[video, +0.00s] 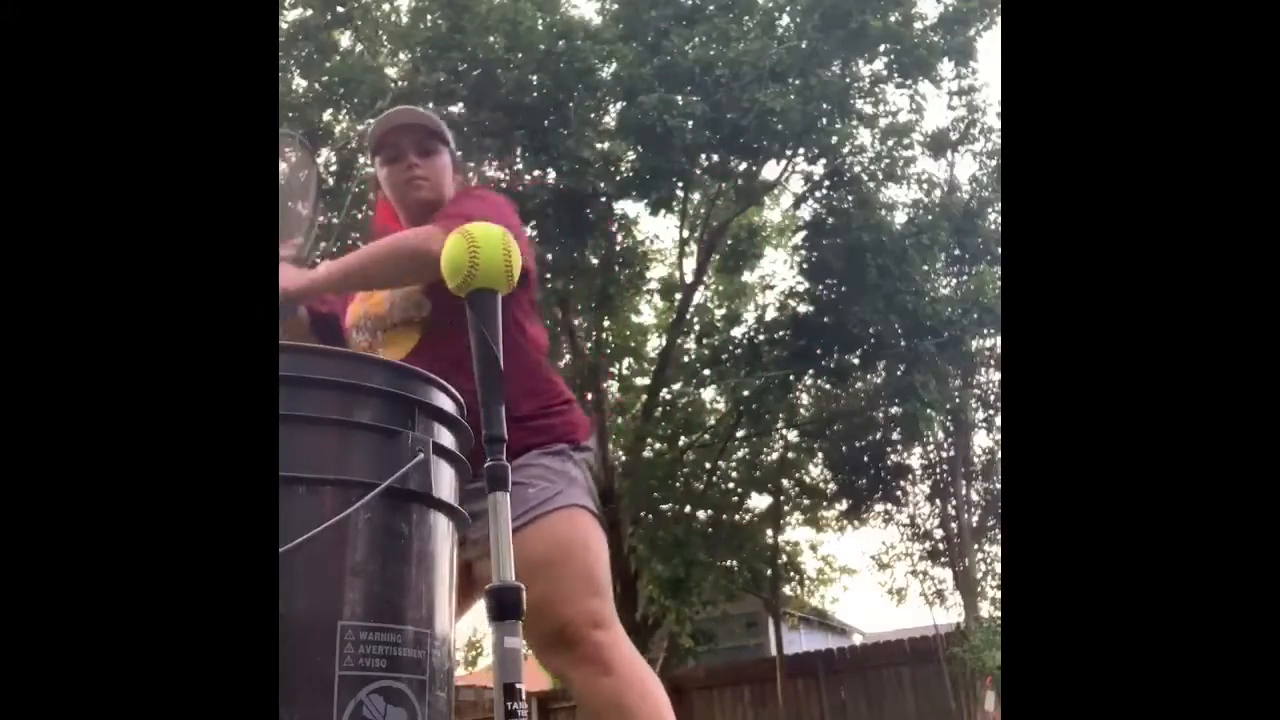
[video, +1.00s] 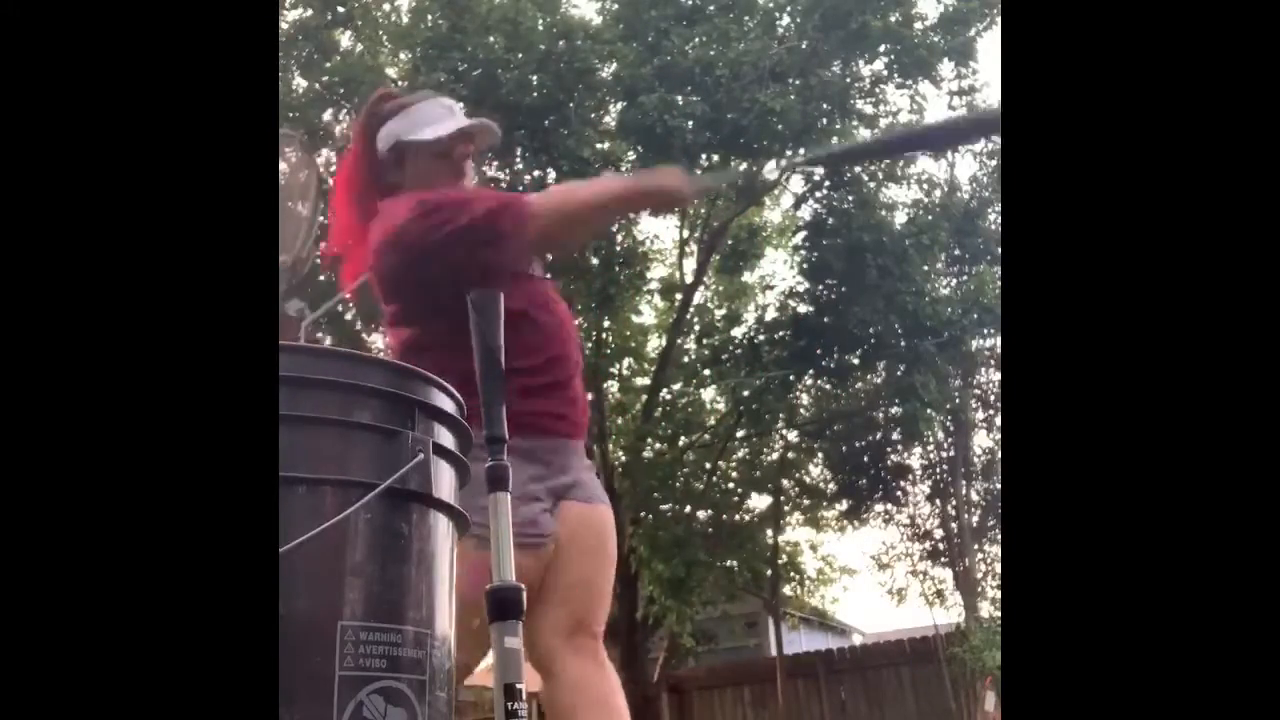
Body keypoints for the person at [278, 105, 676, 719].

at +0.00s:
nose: (412, 164)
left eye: (426, 150)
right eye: (393, 158)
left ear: (453, 161)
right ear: (377, 180)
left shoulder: (486, 208)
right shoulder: (371, 263)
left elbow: (446, 250)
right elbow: (343, 347)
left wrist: (308, 279)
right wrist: (296, 303)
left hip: (525, 452)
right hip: (424, 467)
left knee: (584, 638)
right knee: (378, 639)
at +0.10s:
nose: (387, 174)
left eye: (402, 160)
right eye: (368, 167)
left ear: (431, 175)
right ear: (355, 202)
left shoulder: (454, 217)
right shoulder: (350, 275)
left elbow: (386, 274)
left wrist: (285, 311)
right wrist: (336, 337)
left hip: (512, 452)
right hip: (419, 463)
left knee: (564, 642)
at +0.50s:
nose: (346, 177)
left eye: (360, 160)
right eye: (325, 170)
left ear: (387, 172)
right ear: (312, 197)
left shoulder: (390, 224)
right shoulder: (327, 245)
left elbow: (283, 307)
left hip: (503, 435)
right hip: (428, 445)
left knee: (481, 622)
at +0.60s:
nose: (358, 166)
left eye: (372, 148)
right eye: (338, 159)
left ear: (397, 157)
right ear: (323, 184)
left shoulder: (402, 209)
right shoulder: (355, 244)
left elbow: (287, 274)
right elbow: (327, 343)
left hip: (521, 433)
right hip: (452, 447)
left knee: (525, 621)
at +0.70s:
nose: (380, 153)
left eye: (393, 136)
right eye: (358, 146)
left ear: (419, 147)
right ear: (341, 175)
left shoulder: (440, 192)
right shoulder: (369, 250)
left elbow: (291, 246)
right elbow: (342, 329)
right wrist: (281, 300)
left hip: (540, 443)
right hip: (444, 459)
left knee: (565, 626)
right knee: (399, 622)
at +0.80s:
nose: (408, 157)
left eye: (420, 139)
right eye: (386, 151)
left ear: (447, 144)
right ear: (369, 174)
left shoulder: (504, 187)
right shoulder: (368, 237)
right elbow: (342, 350)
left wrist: (292, 256)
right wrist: (286, 307)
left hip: (542, 468)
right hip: (431, 475)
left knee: (579, 627)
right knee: (395, 636)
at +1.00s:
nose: (465, 160)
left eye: (467, 148)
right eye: (446, 148)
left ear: (472, 152)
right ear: (396, 161)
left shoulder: (474, 218)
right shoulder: (408, 224)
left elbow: (550, 221)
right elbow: (538, 217)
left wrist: (635, 192)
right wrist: (644, 188)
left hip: (563, 458)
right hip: (488, 461)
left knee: (578, 644)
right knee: (445, 659)